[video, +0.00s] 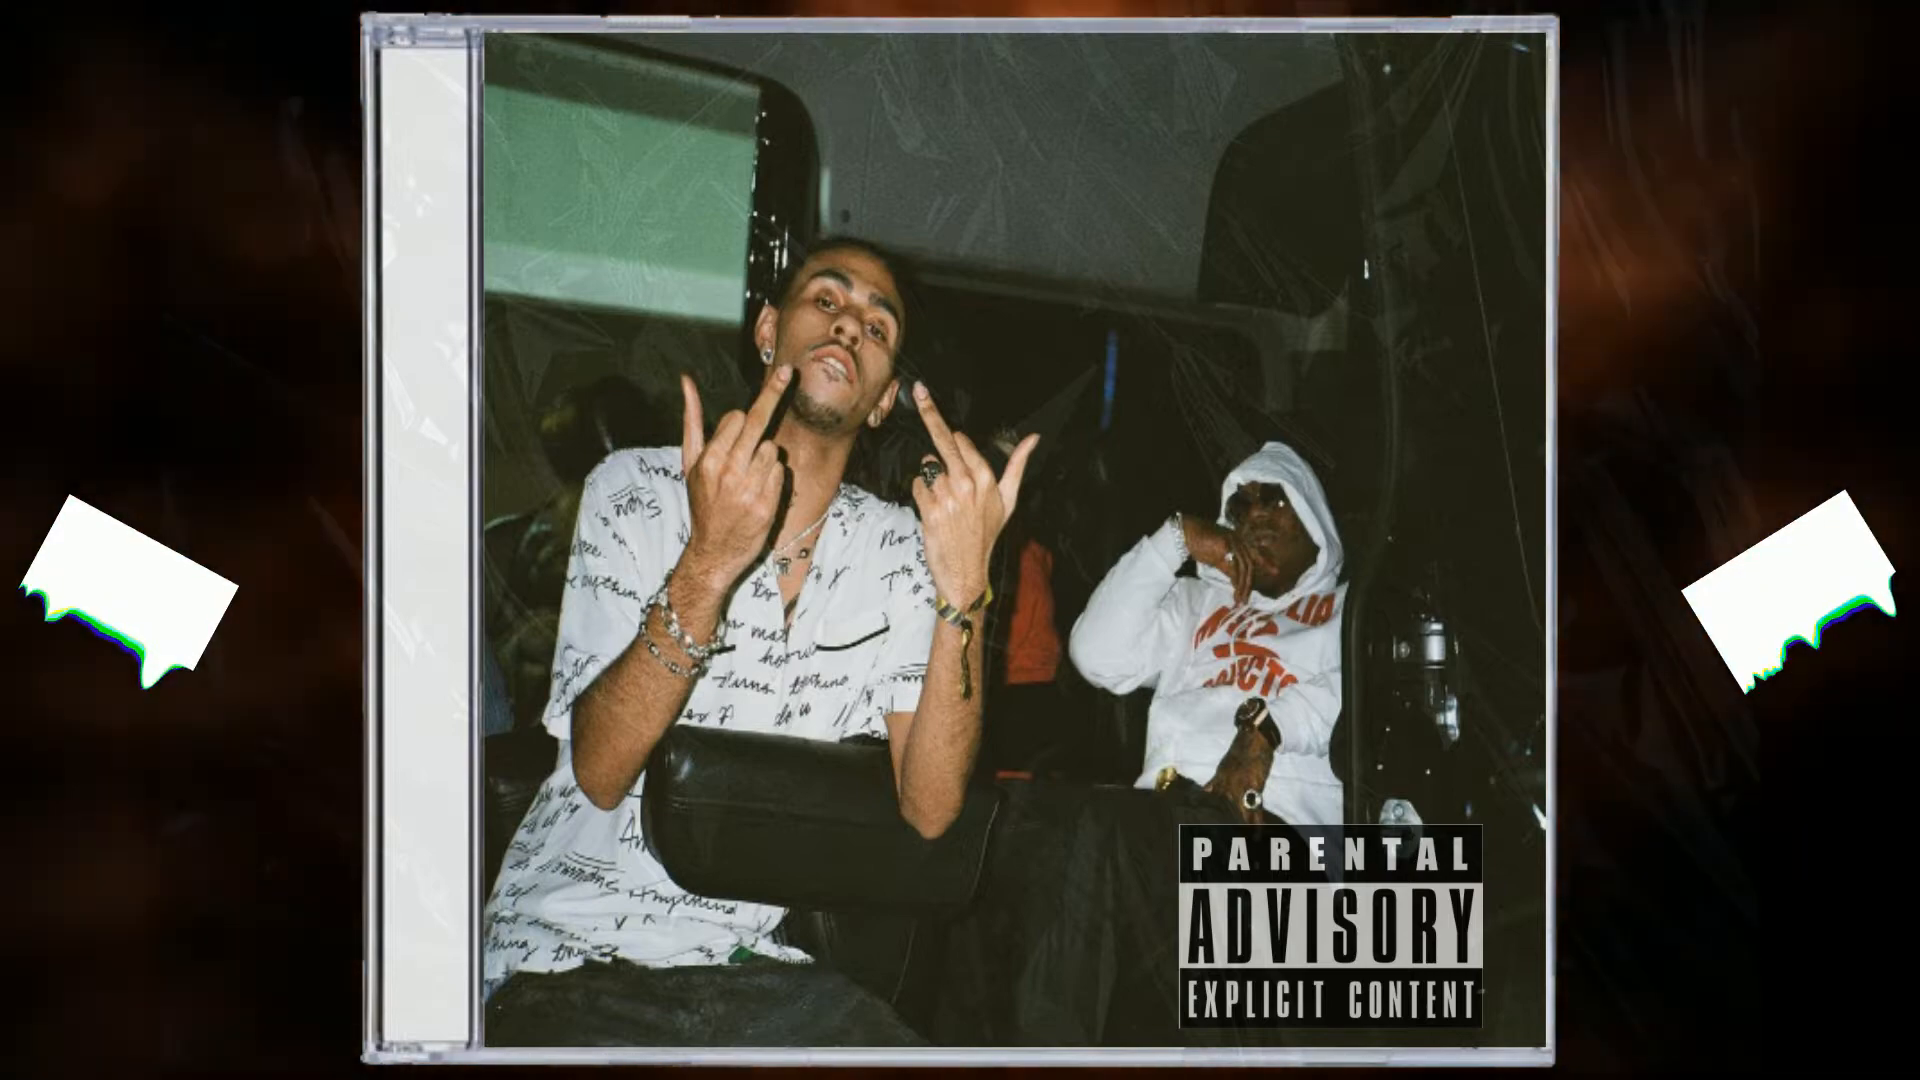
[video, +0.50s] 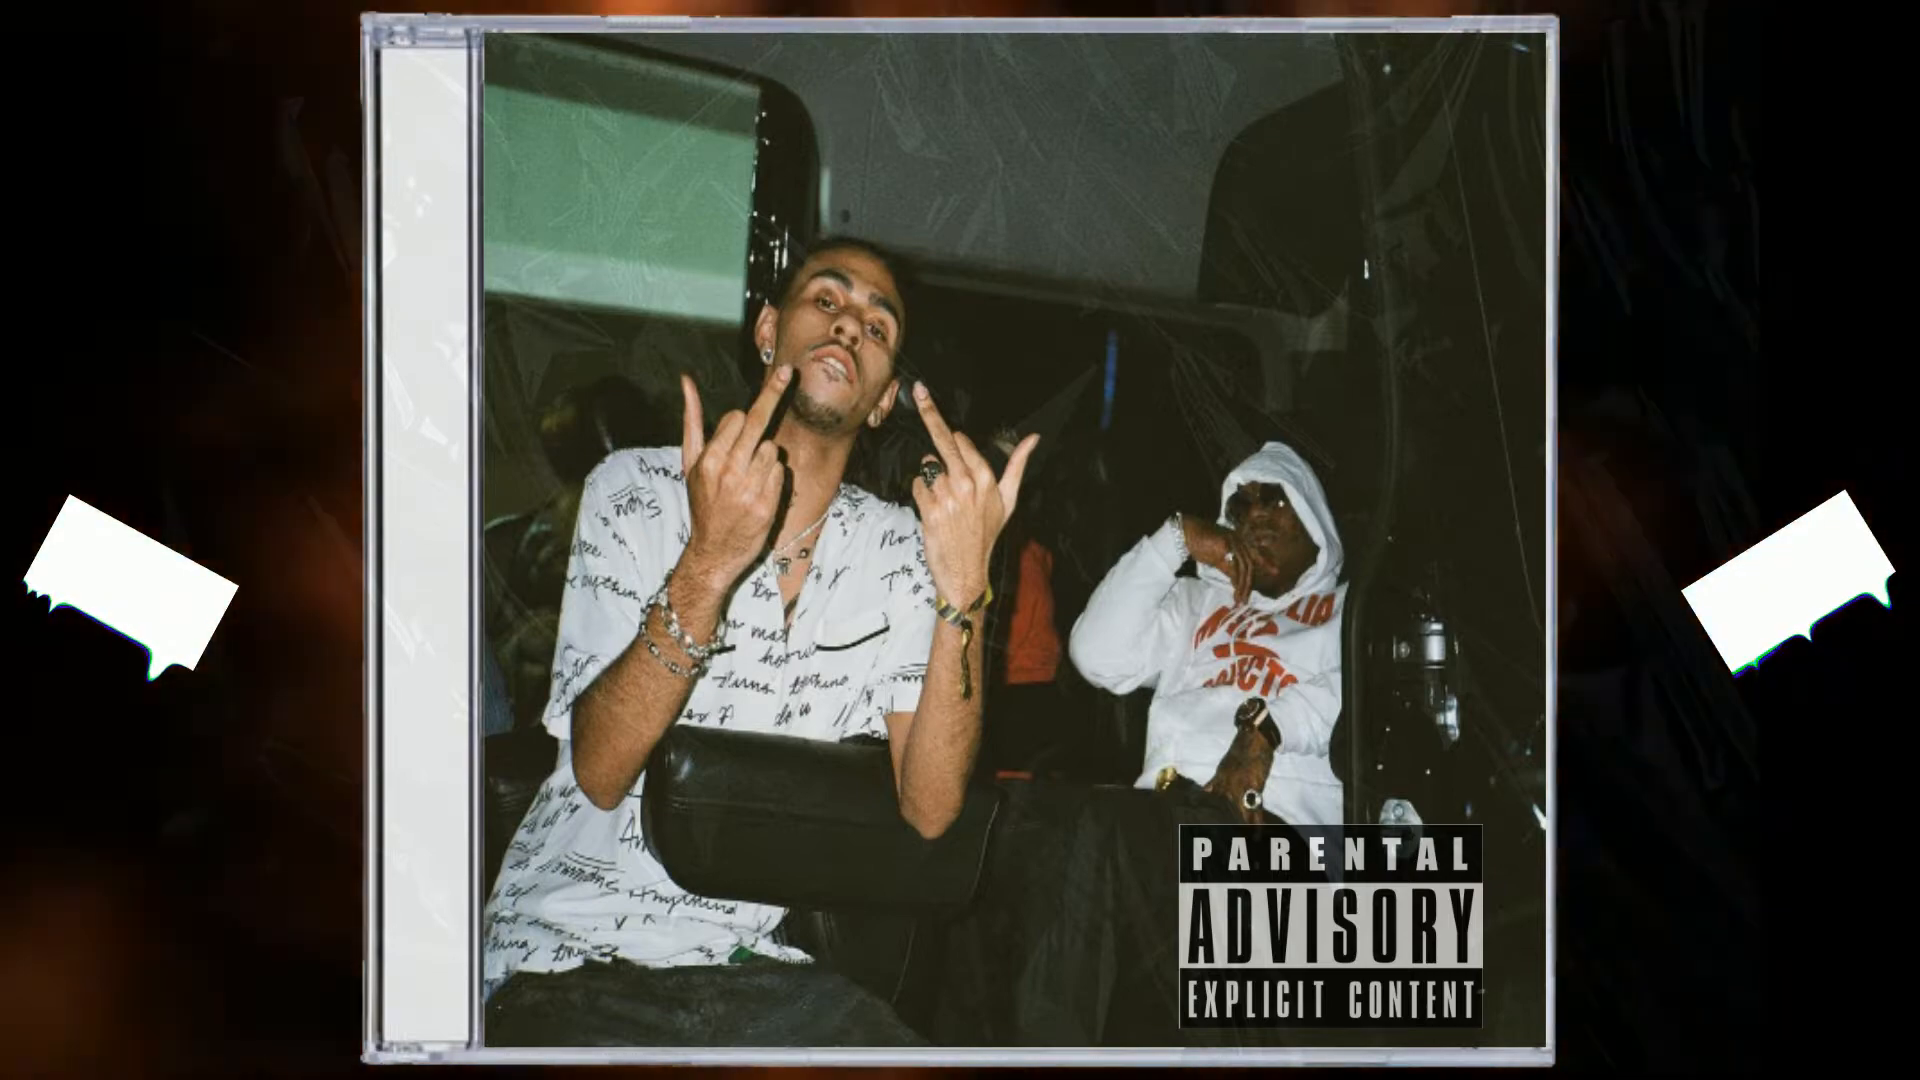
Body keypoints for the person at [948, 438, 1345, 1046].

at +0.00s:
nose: (1258, 519)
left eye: (1278, 502)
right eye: (1244, 504)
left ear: (1317, 524)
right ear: (1227, 524)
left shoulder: (1350, 610)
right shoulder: (1195, 601)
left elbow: (1351, 707)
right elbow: (1099, 657)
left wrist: (1261, 725)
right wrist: (1178, 538)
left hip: (1286, 821)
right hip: (1165, 810)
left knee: (1100, 822)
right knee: (1028, 811)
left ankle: (1049, 1054)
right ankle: (966, 1049)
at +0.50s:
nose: (1259, 518)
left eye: (1279, 502)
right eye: (1246, 503)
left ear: (1318, 523)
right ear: (1227, 522)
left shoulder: (1351, 607)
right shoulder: (1197, 599)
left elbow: (1345, 706)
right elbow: (1099, 658)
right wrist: (1176, 539)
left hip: (1285, 818)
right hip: (1165, 807)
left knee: (1100, 824)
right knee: (1029, 810)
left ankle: (1052, 1052)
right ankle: (968, 1048)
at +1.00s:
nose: (1259, 518)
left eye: (1278, 501)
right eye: (1246, 502)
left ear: (1317, 522)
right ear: (1227, 521)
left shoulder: (1350, 608)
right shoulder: (1197, 600)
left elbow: (1356, 705)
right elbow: (1100, 657)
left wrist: (1266, 724)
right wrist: (1177, 539)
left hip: (1284, 818)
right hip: (1165, 808)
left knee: (1101, 824)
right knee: (1029, 810)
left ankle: (1051, 1053)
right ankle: (968, 1048)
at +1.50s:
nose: (1257, 528)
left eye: (1276, 510)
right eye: (1244, 511)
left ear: (1317, 527)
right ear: (1228, 528)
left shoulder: (1347, 608)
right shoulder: (1194, 600)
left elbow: (1351, 694)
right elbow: (1097, 658)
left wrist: (1266, 728)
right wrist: (1176, 540)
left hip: (1285, 817)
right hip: (1168, 807)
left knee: (1098, 822)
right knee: (1024, 809)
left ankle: (1048, 1056)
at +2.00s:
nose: (1257, 522)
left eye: (1277, 505)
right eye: (1243, 507)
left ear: (1318, 526)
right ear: (1226, 526)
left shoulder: (1350, 607)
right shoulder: (1196, 601)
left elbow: (1355, 698)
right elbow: (1099, 658)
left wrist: (1266, 727)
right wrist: (1177, 538)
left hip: (1284, 818)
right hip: (1163, 809)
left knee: (1099, 822)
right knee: (1028, 810)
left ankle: (1049, 1053)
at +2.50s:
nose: (1259, 518)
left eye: (1279, 501)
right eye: (1245, 503)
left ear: (1318, 522)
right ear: (1227, 523)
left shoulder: (1352, 608)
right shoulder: (1197, 599)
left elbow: (1356, 705)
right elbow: (1100, 658)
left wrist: (1268, 725)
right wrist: (1176, 540)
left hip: (1285, 816)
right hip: (1165, 806)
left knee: (1103, 824)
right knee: (1028, 811)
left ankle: (1051, 1054)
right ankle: (967, 1048)